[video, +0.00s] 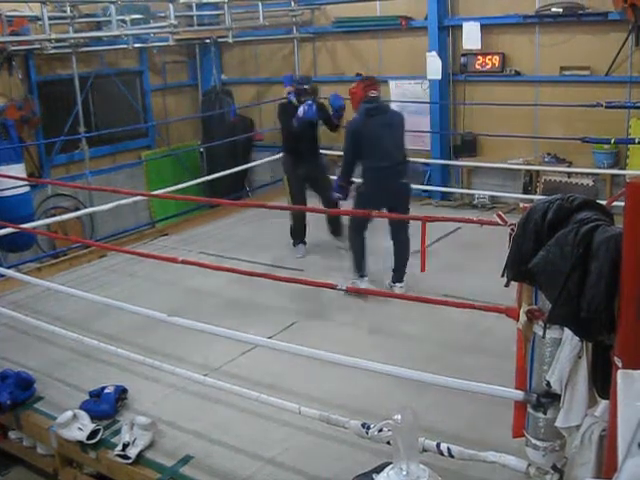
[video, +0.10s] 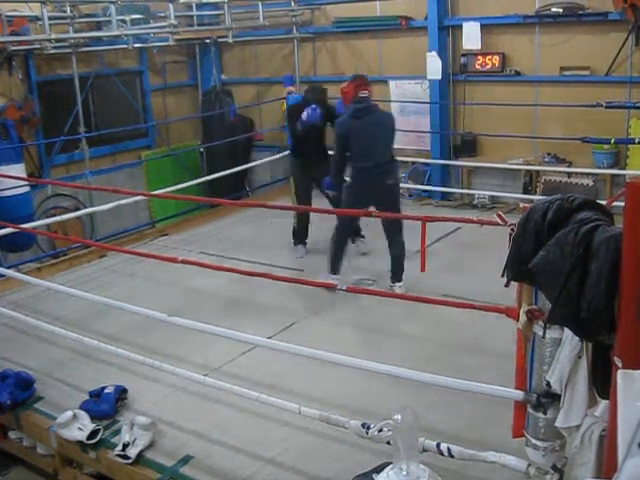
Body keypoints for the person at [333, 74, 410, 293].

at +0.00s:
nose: (351, 100)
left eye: (353, 96)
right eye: (352, 96)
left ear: (359, 97)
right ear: (378, 95)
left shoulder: (356, 124)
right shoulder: (397, 117)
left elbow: (350, 160)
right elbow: (397, 149)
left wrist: (342, 186)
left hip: (372, 185)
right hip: (398, 183)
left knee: (356, 227)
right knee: (400, 230)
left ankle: (361, 276)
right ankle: (398, 280)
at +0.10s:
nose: (346, 98)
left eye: (347, 95)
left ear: (351, 96)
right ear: (370, 94)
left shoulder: (345, 123)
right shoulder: (386, 118)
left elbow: (340, 157)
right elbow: (386, 147)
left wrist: (335, 186)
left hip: (359, 182)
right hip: (387, 182)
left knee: (344, 226)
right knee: (394, 231)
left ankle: (333, 273)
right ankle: (397, 281)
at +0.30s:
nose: (323, 96)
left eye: (324, 92)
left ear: (325, 95)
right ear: (345, 95)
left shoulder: (315, 120)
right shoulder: (359, 120)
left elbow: (313, 154)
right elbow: (365, 151)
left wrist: (322, 172)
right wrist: (357, 171)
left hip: (325, 183)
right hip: (355, 181)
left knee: (320, 232)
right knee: (375, 226)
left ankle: (318, 278)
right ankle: (391, 278)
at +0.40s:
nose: (318, 97)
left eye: (315, 93)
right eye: (324, 93)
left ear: (311, 95)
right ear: (334, 94)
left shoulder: (303, 123)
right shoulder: (347, 117)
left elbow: (301, 155)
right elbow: (358, 148)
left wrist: (320, 162)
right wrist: (356, 166)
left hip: (316, 182)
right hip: (346, 181)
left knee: (313, 228)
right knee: (361, 228)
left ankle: (317, 276)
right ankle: (369, 276)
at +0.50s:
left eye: (307, 92)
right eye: (324, 92)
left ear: (303, 94)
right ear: (325, 94)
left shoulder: (295, 121)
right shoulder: (338, 117)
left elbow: (292, 151)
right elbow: (349, 149)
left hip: (308, 180)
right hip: (335, 179)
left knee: (310, 227)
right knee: (345, 223)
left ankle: (316, 275)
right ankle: (339, 274)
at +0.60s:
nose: (319, 98)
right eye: (318, 94)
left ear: (294, 96)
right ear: (316, 95)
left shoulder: (285, 122)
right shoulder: (324, 118)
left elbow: (282, 154)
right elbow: (337, 146)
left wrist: (301, 153)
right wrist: (349, 160)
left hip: (297, 180)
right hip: (321, 179)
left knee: (305, 225)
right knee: (331, 226)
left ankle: (311, 270)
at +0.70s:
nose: (315, 94)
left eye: (314, 90)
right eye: (313, 90)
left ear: (289, 92)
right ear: (308, 92)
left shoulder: (278, 121)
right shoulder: (312, 117)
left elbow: (275, 155)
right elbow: (330, 149)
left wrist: (297, 150)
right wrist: (351, 149)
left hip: (288, 183)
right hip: (310, 183)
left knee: (300, 234)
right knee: (314, 234)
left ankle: (317, 278)